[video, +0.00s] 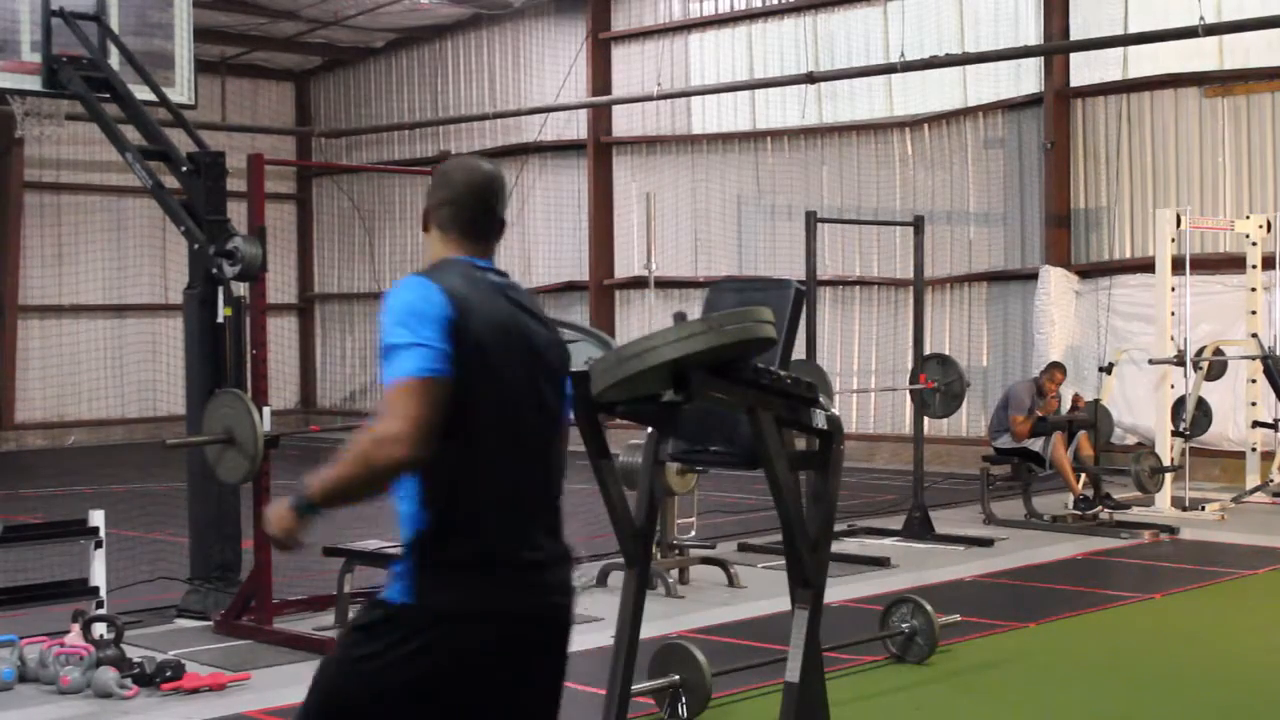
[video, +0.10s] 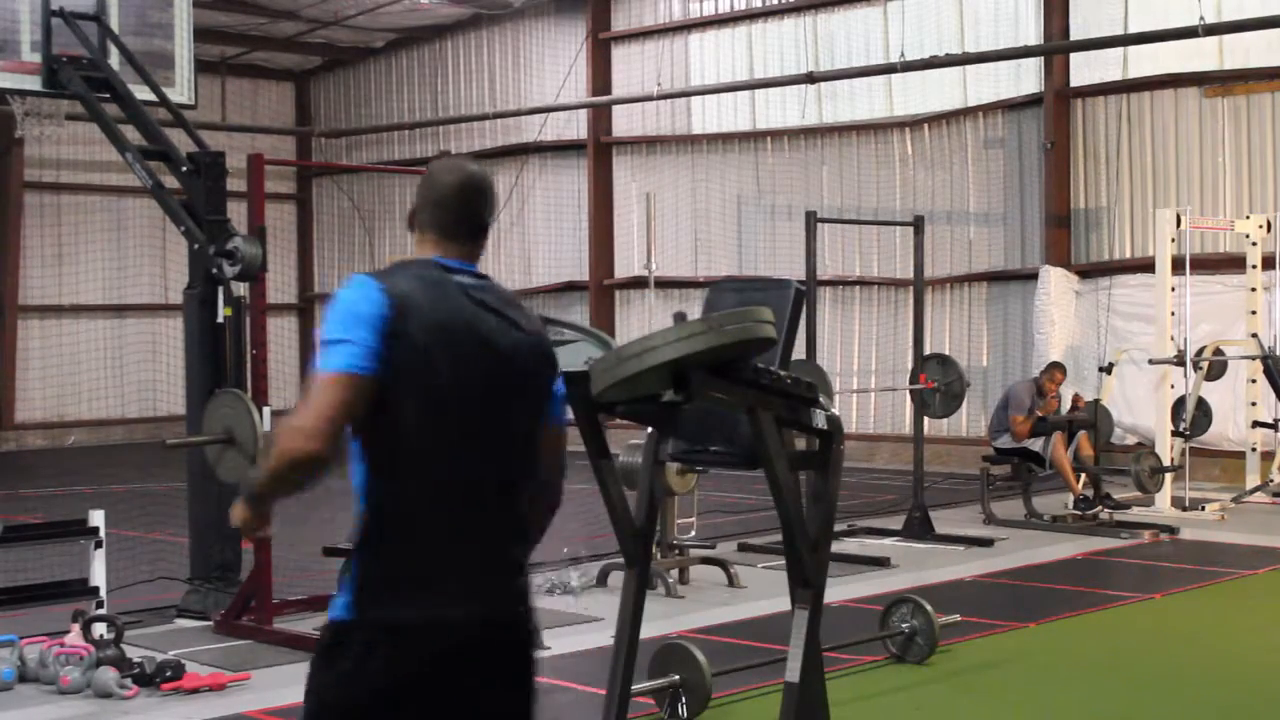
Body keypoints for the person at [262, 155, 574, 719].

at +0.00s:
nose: (425, 220)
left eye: (426, 212)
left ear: (427, 218)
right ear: (499, 229)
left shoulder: (423, 294)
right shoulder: (538, 323)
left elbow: (402, 437)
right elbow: (546, 461)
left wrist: (302, 502)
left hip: (438, 601)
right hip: (537, 600)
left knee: (331, 711)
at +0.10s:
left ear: (412, 218)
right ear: (485, 229)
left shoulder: (374, 295)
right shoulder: (528, 331)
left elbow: (312, 439)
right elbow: (546, 491)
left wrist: (255, 498)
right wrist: (498, 560)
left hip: (384, 613)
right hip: (496, 614)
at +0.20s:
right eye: (469, 235)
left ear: (393, 225)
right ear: (467, 243)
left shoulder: (319, 306)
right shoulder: (504, 347)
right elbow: (544, 495)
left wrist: (229, 502)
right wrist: (534, 565)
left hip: (344, 627)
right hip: (456, 626)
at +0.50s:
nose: (421, 243)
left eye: (421, 229)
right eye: (420, 228)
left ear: (334, 222)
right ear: (397, 227)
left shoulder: (244, 318)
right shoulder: (440, 335)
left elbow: (217, 460)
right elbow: (474, 490)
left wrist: (302, 454)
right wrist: (544, 567)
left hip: (279, 621)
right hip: (394, 621)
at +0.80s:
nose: (453, 283)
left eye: (457, 268)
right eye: (454, 265)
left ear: (376, 249)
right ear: (427, 255)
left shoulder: (271, 328)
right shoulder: (436, 349)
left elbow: (242, 460)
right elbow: (439, 502)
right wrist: (543, 530)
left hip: (271, 620)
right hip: (382, 623)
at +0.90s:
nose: (462, 294)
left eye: (467, 278)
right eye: (463, 276)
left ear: (382, 257)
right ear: (433, 263)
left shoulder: (280, 329)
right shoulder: (437, 351)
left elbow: (253, 442)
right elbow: (472, 498)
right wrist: (577, 477)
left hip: (271, 615)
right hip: (377, 618)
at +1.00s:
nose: (466, 290)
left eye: (470, 274)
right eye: (466, 271)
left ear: (381, 256)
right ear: (433, 258)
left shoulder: (289, 325)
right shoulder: (434, 346)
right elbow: (496, 484)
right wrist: (591, 441)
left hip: (268, 603)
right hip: (367, 607)